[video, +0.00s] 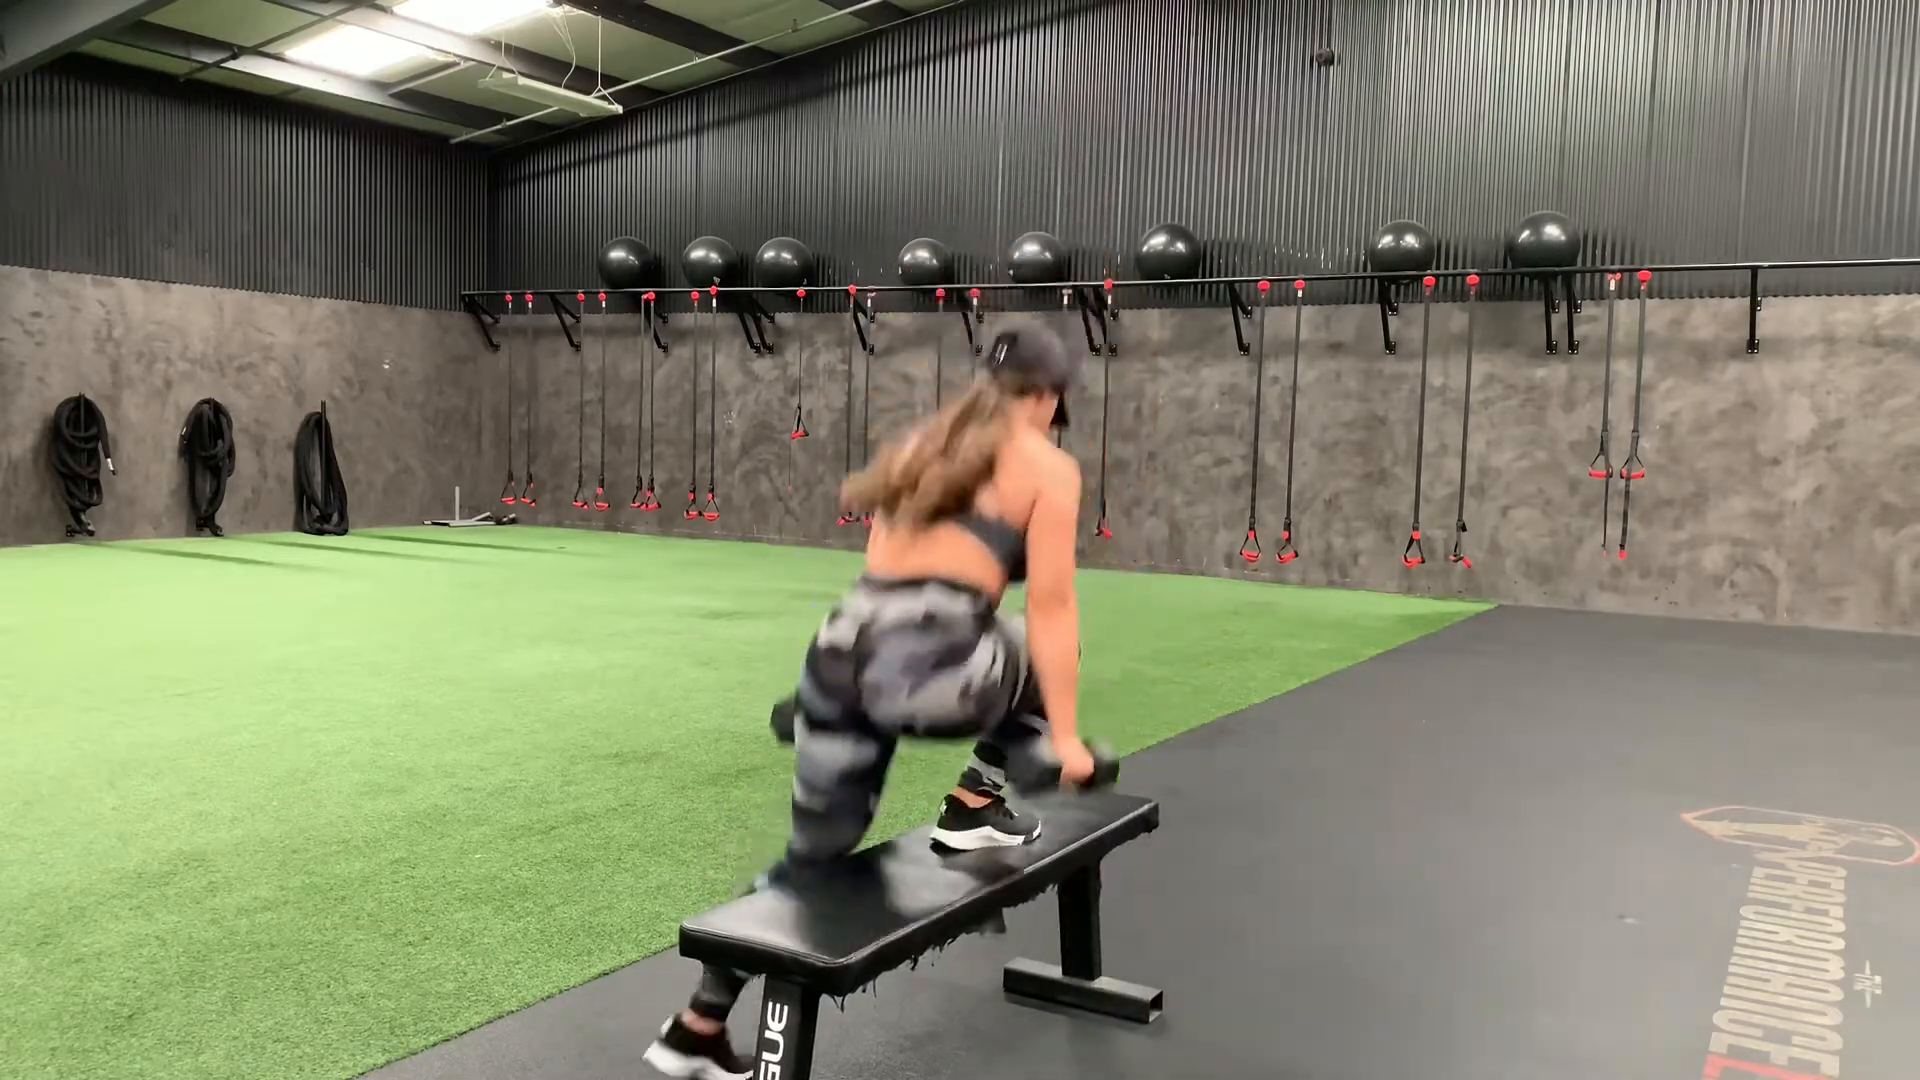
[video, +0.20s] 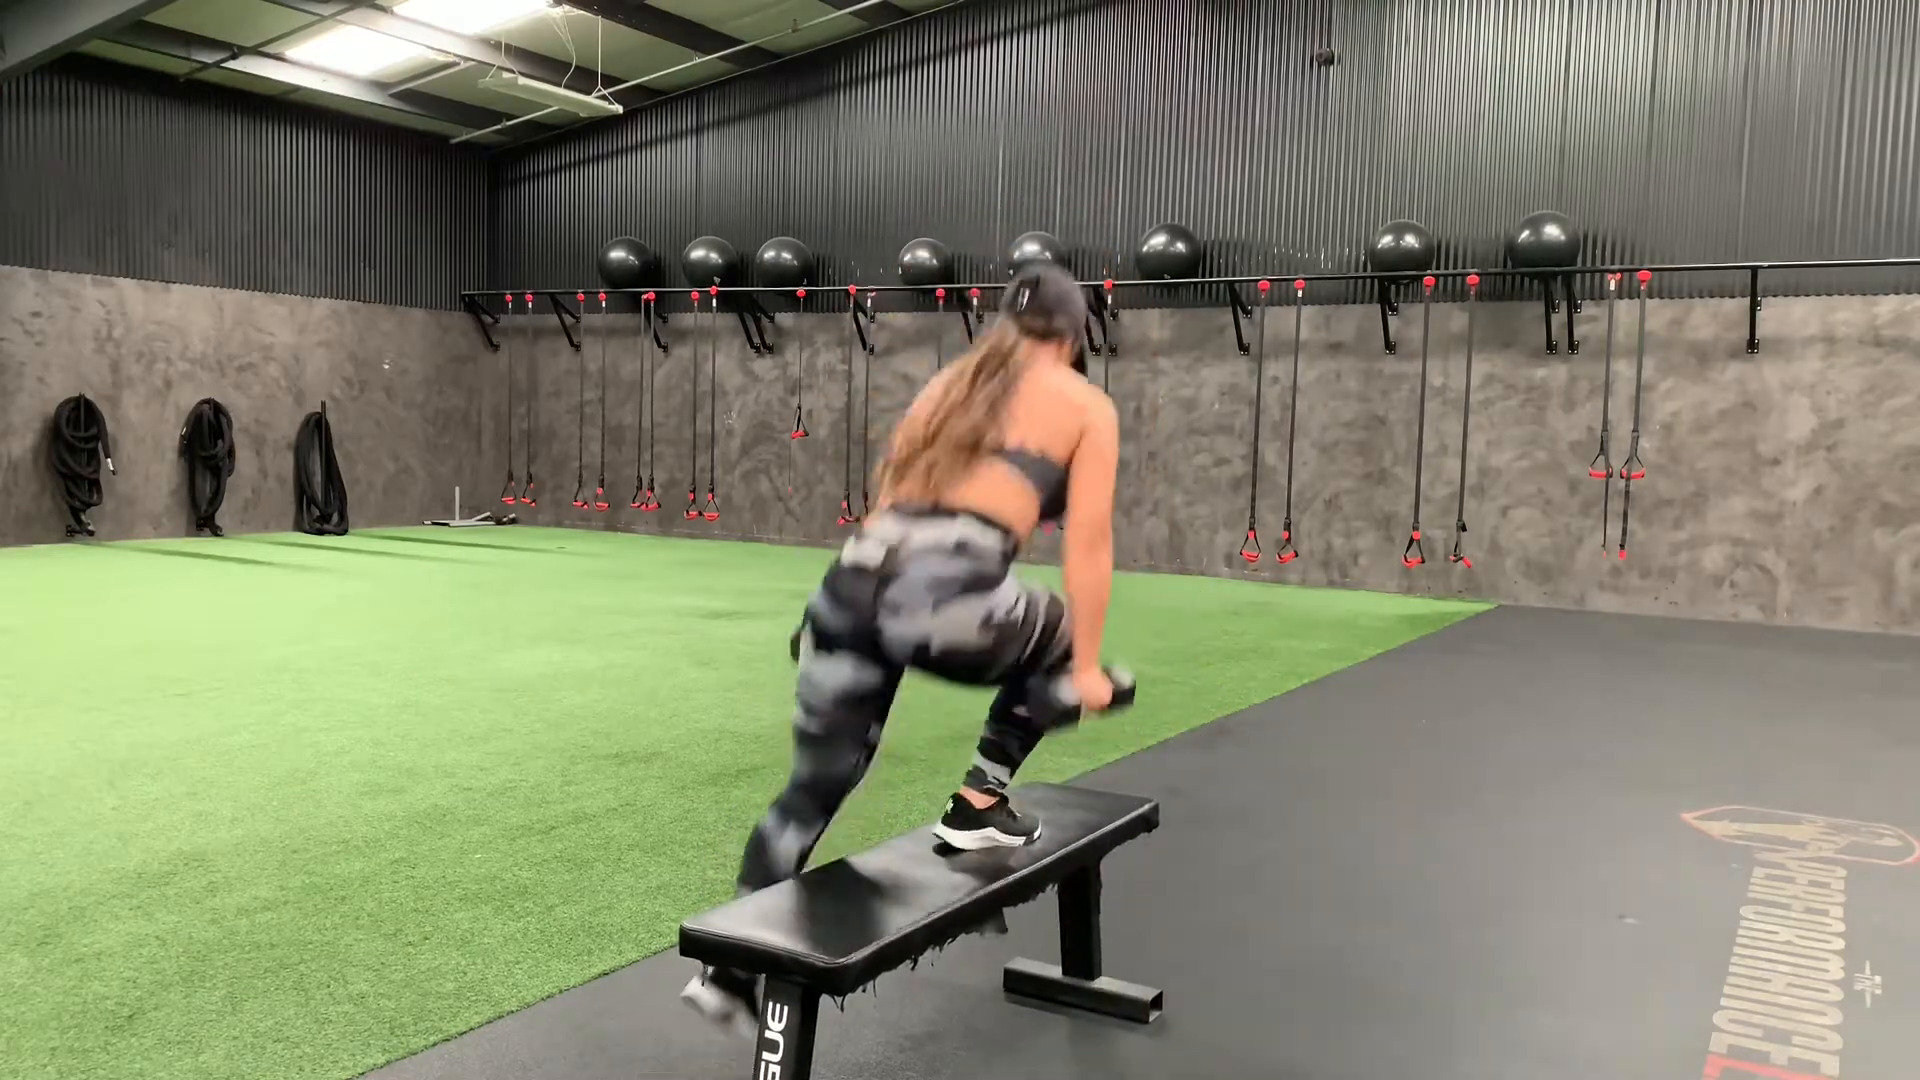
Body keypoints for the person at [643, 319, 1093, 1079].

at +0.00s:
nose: (1059, 412)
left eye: (1058, 400)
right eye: (1060, 400)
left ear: (990, 384)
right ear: (1047, 397)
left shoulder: (920, 443)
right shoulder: (1048, 465)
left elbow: (881, 577)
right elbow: (1053, 607)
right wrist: (1064, 736)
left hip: (842, 665)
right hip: (936, 671)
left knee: (813, 856)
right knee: (1038, 664)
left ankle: (700, 1022)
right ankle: (974, 803)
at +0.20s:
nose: (1080, 350)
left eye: (1079, 340)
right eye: (1081, 339)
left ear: (1008, 326)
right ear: (1071, 336)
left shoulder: (946, 385)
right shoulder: (1084, 405)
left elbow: (891, 494)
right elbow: (1088, 539)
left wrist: (834, 608)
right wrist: (1086, 666)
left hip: (855, 588)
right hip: (945, 598)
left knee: (814, 783)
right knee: (1061, 639)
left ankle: (730, 964)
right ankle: (977, 805)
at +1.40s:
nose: (1088, 279)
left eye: (1086, 269)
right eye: (1089, 268)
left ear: (1017, 248)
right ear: (1081, 263)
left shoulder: (949, 298)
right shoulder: (1085, 322)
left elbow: (902, 415)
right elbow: (1077, 454)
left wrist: (843, 539)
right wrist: (1074, 580)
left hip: (865, 496)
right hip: (959, 499)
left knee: (863, 687)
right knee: (1031, 621)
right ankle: (974, 795)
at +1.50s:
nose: (1073, 354)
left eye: (1071, 341)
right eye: (1073, 341)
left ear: (1002, 326)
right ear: (1064, 339)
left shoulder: (938, 384)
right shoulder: (1063, 413)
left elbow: (891, 500)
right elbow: (1058, 551)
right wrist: (1060, 679)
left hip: (846, 601)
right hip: (935, 605)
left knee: (808, 790)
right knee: (1043, 637)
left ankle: (712, 966)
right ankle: (975, 796)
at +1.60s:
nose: (1043, 436)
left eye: (1038, 423)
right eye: (1045, 424)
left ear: (977, 407)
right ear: (1039, 423)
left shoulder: (915, 469)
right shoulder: (1032, 495)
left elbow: (887, 588)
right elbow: (1040, 636)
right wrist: (1055, 766)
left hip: (830, 692)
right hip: (917, 701)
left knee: (803, 883)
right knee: (1046, 633)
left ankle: (677, 1033)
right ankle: (978, 799)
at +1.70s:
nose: (1059, 409)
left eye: (1058, 397)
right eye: (1061, 396)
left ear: (992, 379)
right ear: (1049, 391)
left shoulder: (927, 437)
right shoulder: (1056, 458)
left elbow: (889, 549)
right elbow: (1060, 600)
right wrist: (1064, 726)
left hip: (842, 656)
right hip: (936, 668)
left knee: (784, 844)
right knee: (1041, 645)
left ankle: (689, 1012)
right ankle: (979, 799)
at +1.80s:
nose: (1086, 318)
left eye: (1084, 307)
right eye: (1086, 306)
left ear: (1009, 296)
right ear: (1080, 306)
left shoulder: (951, 353)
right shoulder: (1095, 376)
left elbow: (894, 465)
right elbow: (1089, 508)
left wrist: (839, 573)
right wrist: (1087, 643)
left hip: (857, 556)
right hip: (956, 567)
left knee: (831, 743)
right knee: (1041, 632)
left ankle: (747, 912)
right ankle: (981, 795)